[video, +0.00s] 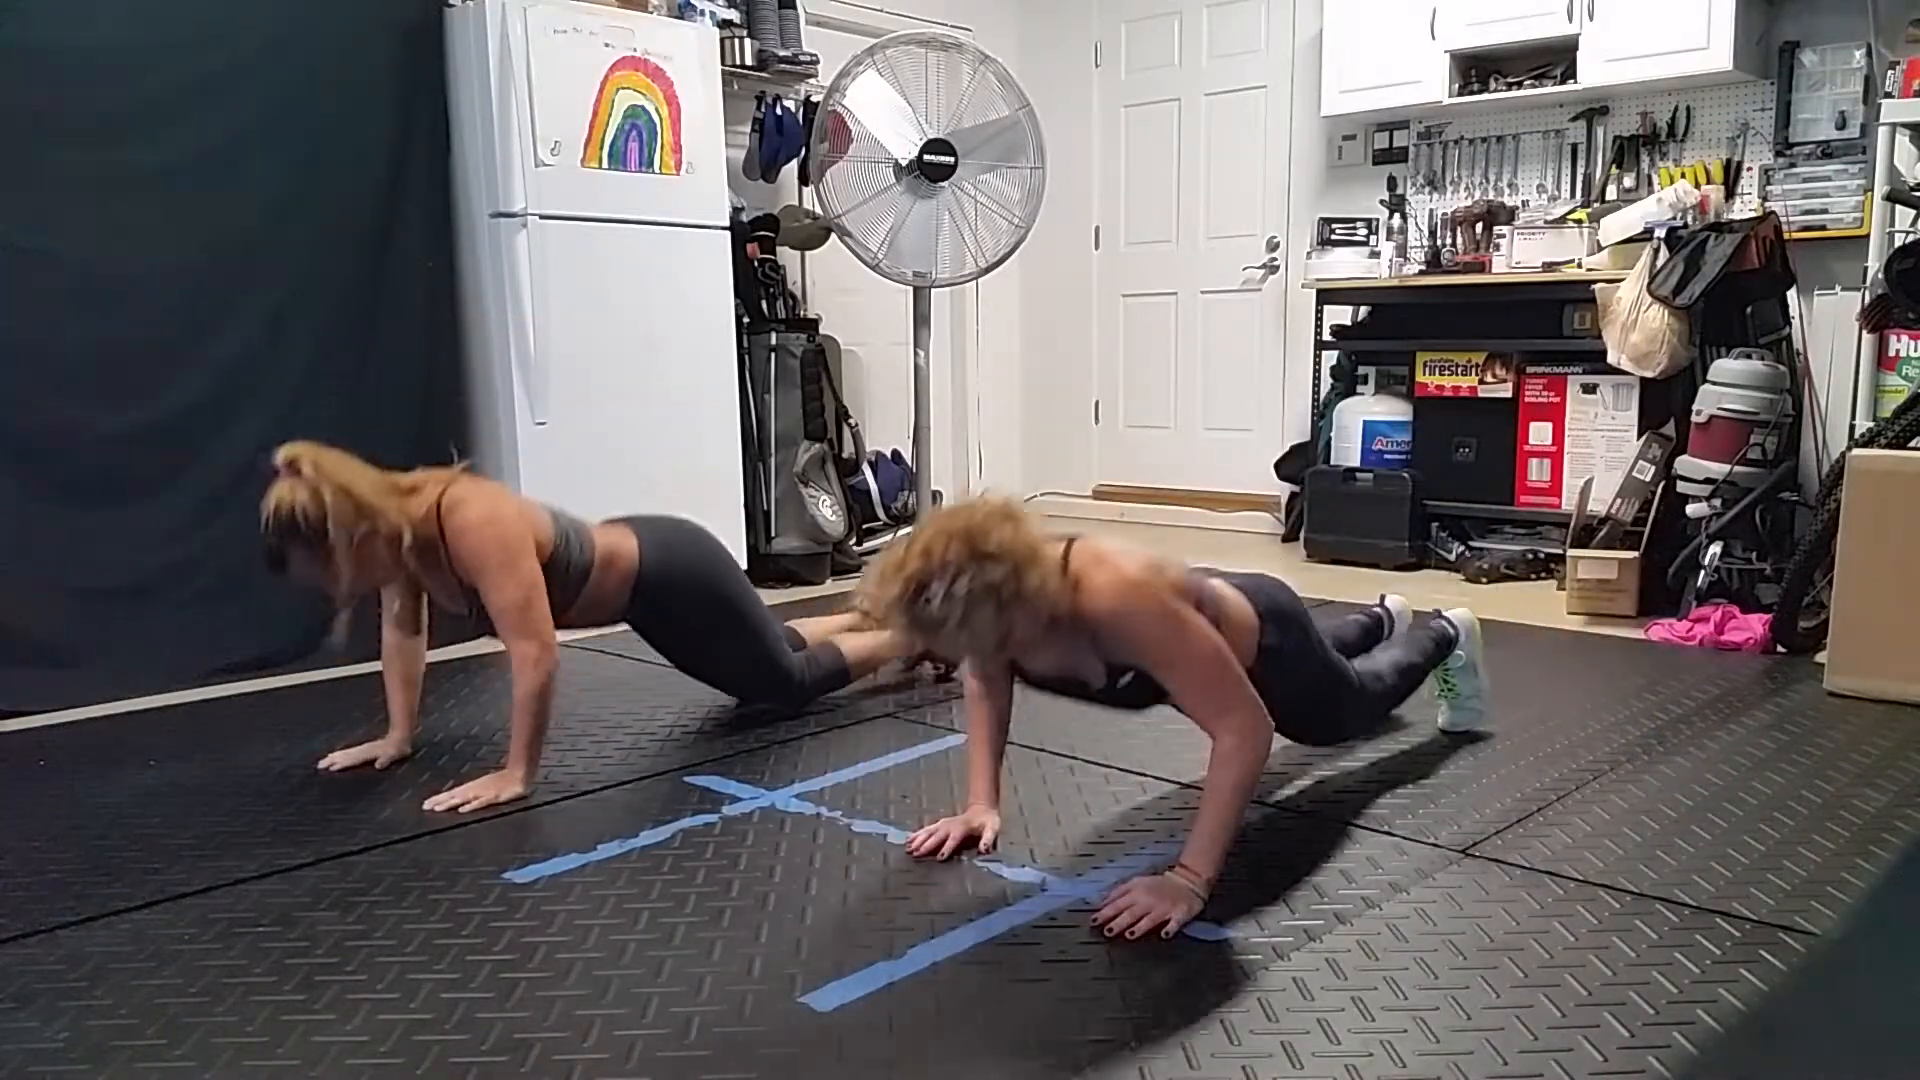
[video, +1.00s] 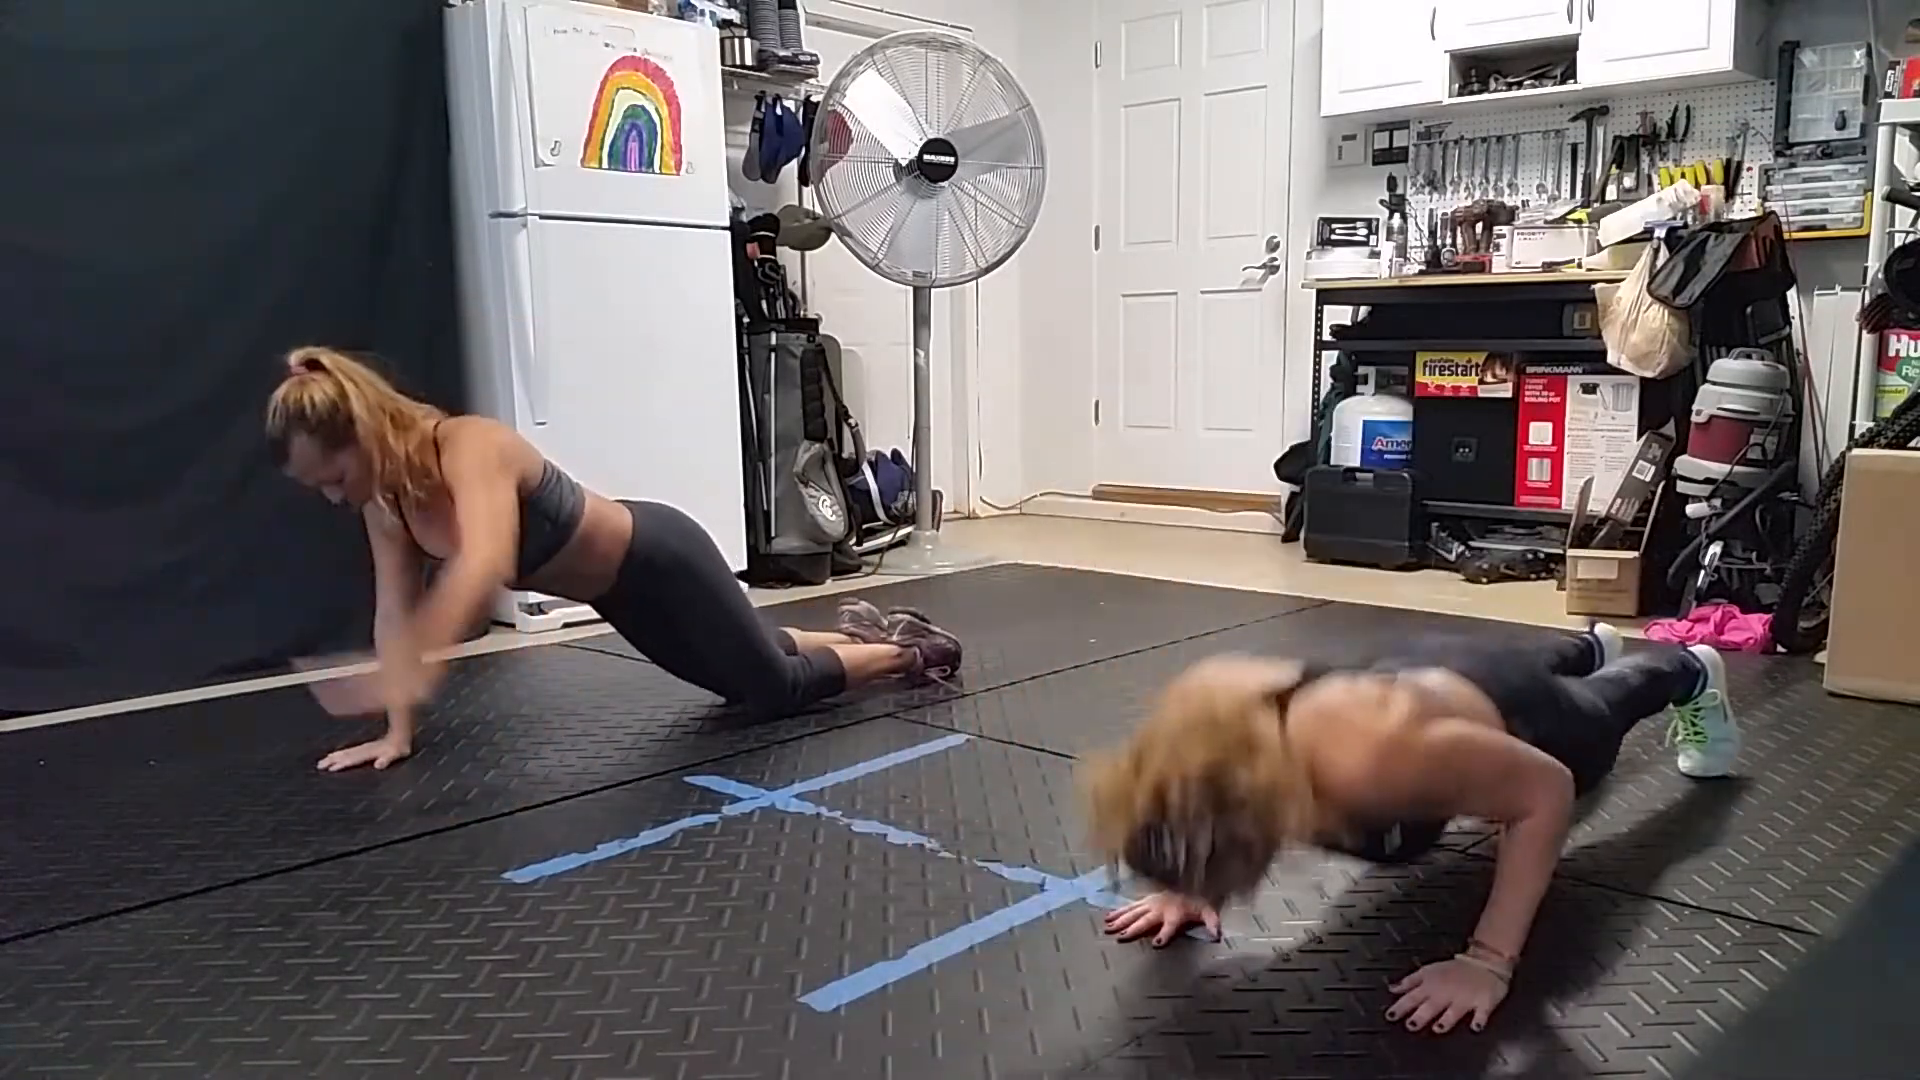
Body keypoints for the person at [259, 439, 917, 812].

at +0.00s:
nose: (331, 591)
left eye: (324, 573)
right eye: (318, 582)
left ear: (348, 536)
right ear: (342, 534)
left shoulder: (472, 519)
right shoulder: (397, 524)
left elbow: (535, 649)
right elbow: (404, 627)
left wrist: (517, 774)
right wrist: (398, 735)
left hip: (669, 576)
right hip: (636, 576)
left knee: (795, 679)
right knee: (771, 653)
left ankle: (918, 635)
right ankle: (883, 616)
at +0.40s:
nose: (329, 487)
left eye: (326, 469)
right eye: (316, 476)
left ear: (362, 430)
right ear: (336, 444)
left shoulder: (476, 474)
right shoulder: (392, 488)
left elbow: (501, 616)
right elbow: (399, 608)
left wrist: (489, 747)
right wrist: (396, 731)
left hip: (667, 556)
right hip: (628, 576)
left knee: (773, 681)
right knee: (740, 669)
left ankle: (895, 656)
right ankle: (844, 641)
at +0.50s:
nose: (337, 483)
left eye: (340, 463)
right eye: (323, 471)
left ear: (379, 425)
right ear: (321, 454)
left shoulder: (481, 457)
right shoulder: (388, 486)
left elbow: (425, 588)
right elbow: (400, 591)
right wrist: (396, 723)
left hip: (669, 554)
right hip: (629, 580)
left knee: (778, 686)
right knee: (742, 669)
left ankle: (896, 657)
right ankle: (844, 638)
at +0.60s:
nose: (326, 424)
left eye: (334, 409)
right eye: (316, 415)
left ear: (383, 402)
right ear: (339, 429)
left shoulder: (474, 442)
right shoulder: (398, 497)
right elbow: (399, 615)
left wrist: (259, 447)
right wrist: (396, 734)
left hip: (673, 554)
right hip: (630, 586)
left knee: (783, 681)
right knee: (747, 669)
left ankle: (892, 659)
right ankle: (851, 638)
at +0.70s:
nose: (342, 488)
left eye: (338, 472)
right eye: (327, 480)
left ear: (370, 427)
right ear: (338, 459)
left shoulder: (458, 439)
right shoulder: (398, 500)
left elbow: (368, 385)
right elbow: (398, 612)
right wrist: (399, 734)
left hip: (668, 553)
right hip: (626, 582)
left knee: (781, 683)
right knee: (756, 662)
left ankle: (904, 656)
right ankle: (870, 645)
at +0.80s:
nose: (340, 483)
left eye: (336, 465)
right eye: (324, 476)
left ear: (368, 426)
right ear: (332, 456)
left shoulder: (462, 431)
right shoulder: (394, 501)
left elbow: (371, 384)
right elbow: (398, 613)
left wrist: (245, 343)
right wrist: (398, 735)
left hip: (668, 554)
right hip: (624, 587)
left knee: (782, 684)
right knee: (758, 670)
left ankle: (900, 656)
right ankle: (869, 648)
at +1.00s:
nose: (334, 491)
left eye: (332, 471)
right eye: (317, 484)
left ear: (365, 425)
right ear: (318, 472)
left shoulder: (469, 449)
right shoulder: (386, 496)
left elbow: (483, 568)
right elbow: (396, 609)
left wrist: (412, 658)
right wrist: (398, 735)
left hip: (659, 560)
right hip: (619, 592)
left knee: (782, 678)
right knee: (743, 670)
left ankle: (898, 656)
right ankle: (849, 640)